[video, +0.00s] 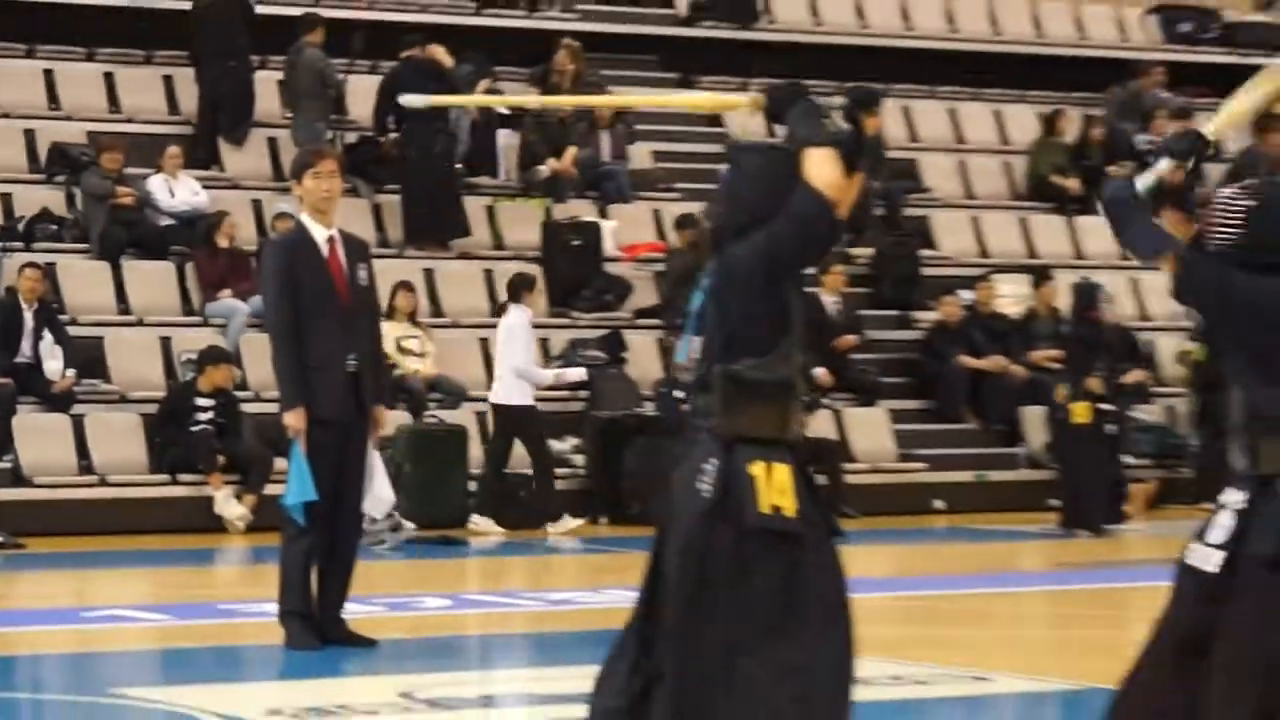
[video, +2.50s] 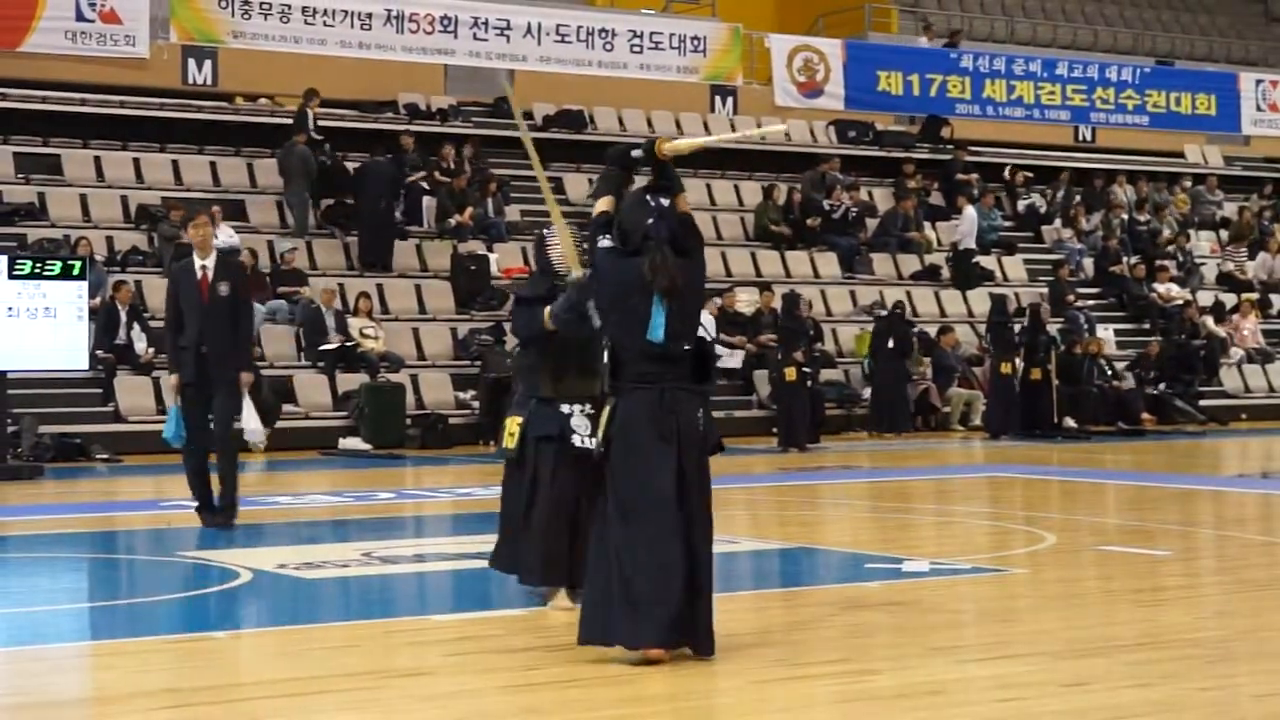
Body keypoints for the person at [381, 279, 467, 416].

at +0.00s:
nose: (408, 300)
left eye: (411, 296)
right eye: (403, 295)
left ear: (416, 301)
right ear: (393, 299)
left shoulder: (420, 328)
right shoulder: (384, 327)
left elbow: (430, 350)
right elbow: (387, 354)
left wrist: (427, 369)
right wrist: (409, 370)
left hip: (424, 372)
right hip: (402, 372)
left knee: (459, 391)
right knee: (417, 391)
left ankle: (438, 421)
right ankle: (419, 424)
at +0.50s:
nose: (307, 296)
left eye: (309, 293)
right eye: (303, 293)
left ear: (312, 296)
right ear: (295, 295)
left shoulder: (316, 318)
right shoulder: (286, 317)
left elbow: (324, 336)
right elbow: (291, 338)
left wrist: (321, 352)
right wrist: (310, 350)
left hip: (319, 351)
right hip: (301, 352)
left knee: (347, 369)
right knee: (315, 370)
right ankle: (316, 400)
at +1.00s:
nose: (338, 297)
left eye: (340, 295)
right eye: (335, 294)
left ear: (343, 298)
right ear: (328, 296)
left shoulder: (347, 316)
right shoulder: (321, 315)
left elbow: (354, 332)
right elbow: (324, 334)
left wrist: (351, 345)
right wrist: (340, 344)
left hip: (349, 346)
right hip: (333, 346)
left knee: (373, 359)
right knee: (345, 361)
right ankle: (350, 389)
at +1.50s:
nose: (364, 304)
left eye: (366, 301)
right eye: (361, 301)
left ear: (369, 304)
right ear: (355, 302)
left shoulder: (372, 320)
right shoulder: (349, 319)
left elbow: (379, 334)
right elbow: (350, 337)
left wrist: (376, 346)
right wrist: (366, 347)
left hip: (375, 348)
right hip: (361, 348)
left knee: (396, 361)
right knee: (371, 362)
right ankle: (372, 385)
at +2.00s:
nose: (366, 304)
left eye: (369, 302)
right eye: (363, 301)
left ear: (371, 304)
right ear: (357, 303)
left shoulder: (375, 321)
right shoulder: (351, 321)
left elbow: (381, 336)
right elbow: (355, 338)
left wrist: (379, 348)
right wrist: (370, 347)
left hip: (378, 348)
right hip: (363, 349)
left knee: (399, 361)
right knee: (374, 362)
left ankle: (388, 382)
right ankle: (374, 383)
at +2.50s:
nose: (366, 304)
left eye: (369, 301)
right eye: (363, 301)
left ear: (371, 304)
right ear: (357, 303)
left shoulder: (375, 321)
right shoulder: (350, 321)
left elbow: (381, 335)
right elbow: (354, 339)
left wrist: (379, 347)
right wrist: (369, 347)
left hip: (378, 349)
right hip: (363, 349)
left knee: (399, 361)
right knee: (374, 362)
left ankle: (387, 382)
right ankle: (373, 384)